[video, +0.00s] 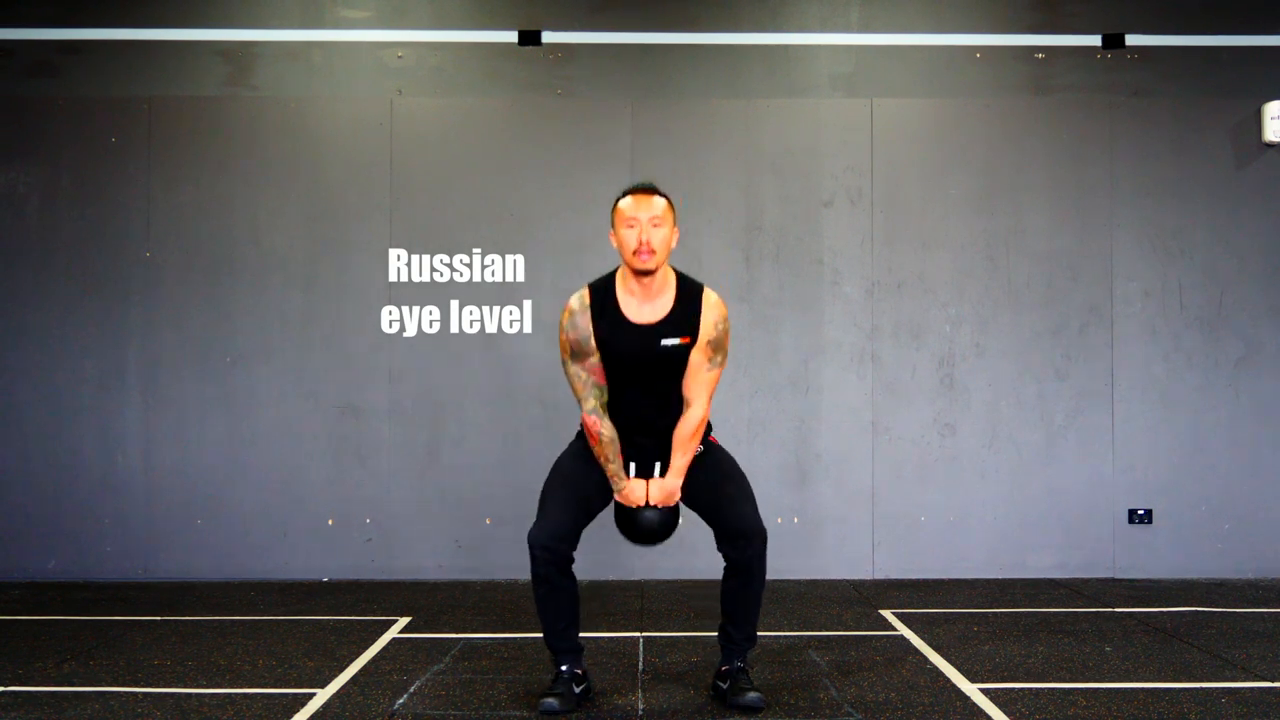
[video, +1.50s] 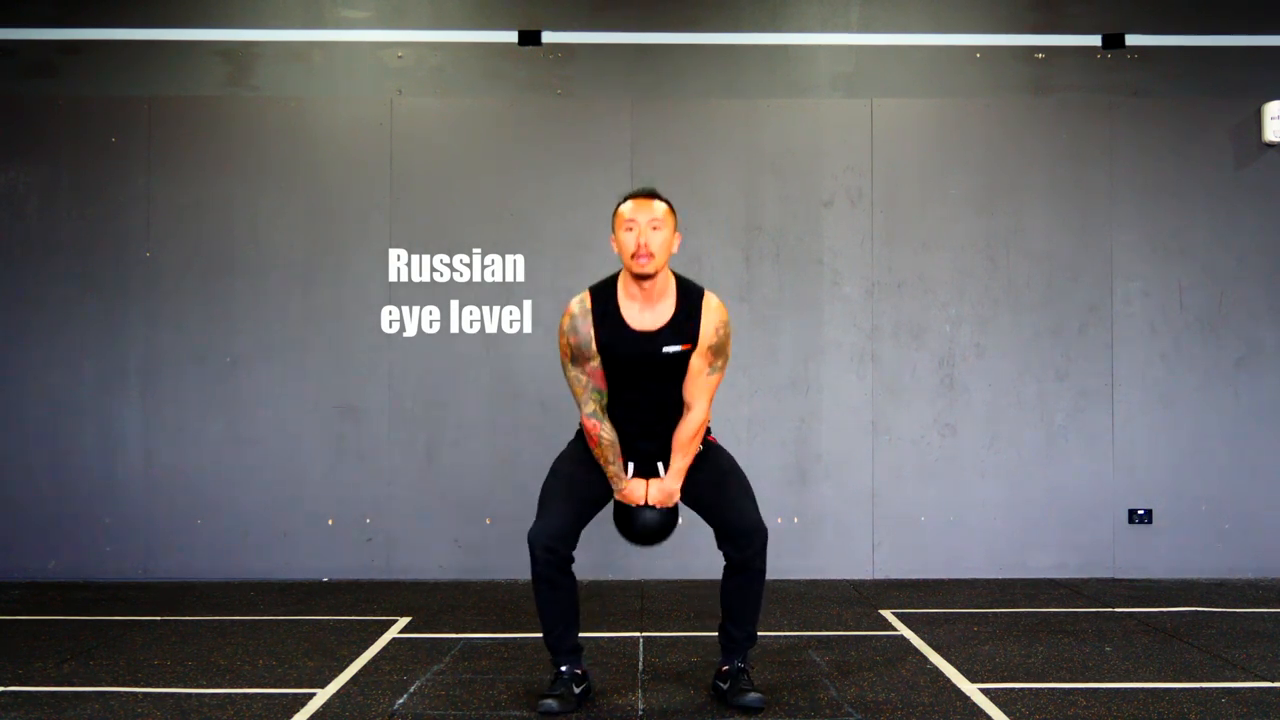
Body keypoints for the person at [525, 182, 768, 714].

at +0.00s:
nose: (643, 237)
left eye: (655, 224)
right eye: (630, 225)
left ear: (674, 234)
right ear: (614, 236)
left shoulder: (707, 310)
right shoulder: (582, 313)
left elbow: (696, 406)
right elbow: (593, 411)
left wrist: (675, 475)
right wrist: (618, 477)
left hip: (686, 445)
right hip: (605, 445)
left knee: (747, 534)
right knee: (548, 539)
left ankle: (734, 668)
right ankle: (569, 673)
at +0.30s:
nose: (641, 202)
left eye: (652, 191)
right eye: (628, 192)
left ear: (670, 204)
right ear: (612, 206)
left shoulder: (705, 282)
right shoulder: (580, 288)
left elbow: (696, 377)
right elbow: (593, 383)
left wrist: (676, 457)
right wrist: (619, 458)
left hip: (688, 442)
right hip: (606, 441)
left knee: (742, 552)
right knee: (552, 553)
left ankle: (732, 674)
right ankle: (571, 676)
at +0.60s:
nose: (643, 169)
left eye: (657, 165)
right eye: (631, 165)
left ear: (676, 188)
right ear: (615, 187)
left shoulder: (700, 251)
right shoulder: (591, 249)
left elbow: (707, 261)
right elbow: (576, 253)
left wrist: (664, 219)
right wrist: (613, 222)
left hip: (683, 415)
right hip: (606, 413)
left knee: (708, 544)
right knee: (581, 545)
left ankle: (729, 670)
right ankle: (572, 672)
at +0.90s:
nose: (646, 174)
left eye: (656, 163)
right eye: (633, 164)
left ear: (674, 169)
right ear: (617, 171)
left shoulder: (701, 245)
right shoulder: (595, 245)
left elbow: (705, 216)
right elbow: (582, 214)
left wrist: (677, 160)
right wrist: (612, 163)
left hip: (683, 412)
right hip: (607, 411)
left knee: (707, 543)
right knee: (584, 545)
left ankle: (728, 669)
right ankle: (572, 671)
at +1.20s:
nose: (648, 169)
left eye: (659, 161)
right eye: (635, 161)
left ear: (676, 177)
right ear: (618, 177)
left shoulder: (705, 248)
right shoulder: (587, 248)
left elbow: (701, 311)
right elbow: (592, 306)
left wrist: (674, 354)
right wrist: (621, 348)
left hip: (685, 412)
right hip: (606, 412)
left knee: (721, 542)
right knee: (572, 544)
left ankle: (730, 669)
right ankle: (571, 672)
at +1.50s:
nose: (641, 238)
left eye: (654, 226)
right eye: (629, 226)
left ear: (675, 240)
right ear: (614, 240)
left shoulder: (708, 313)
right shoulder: (582, 316)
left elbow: (697, 410)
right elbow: (593, 412)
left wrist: (675, 477)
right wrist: (619, 479)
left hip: (685, 445)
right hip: (605, 446)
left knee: (747, 534)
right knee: (548, 539)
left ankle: (734, 669)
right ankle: (568, 673)